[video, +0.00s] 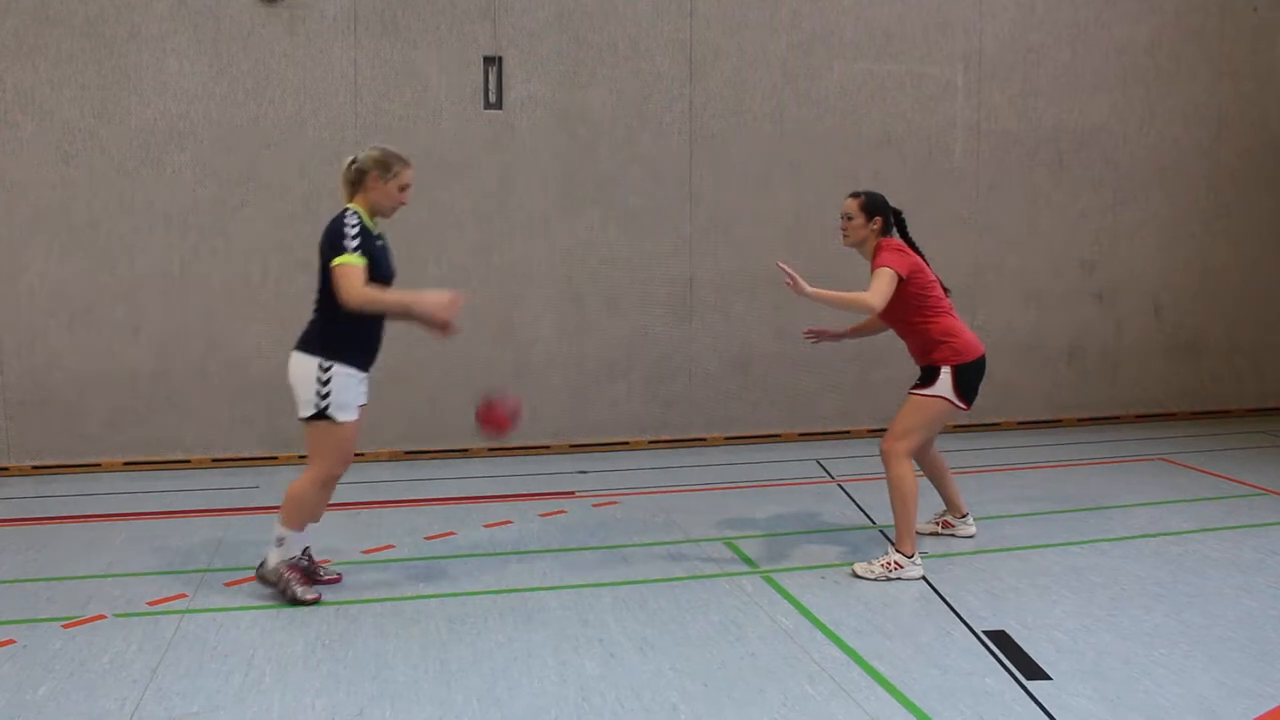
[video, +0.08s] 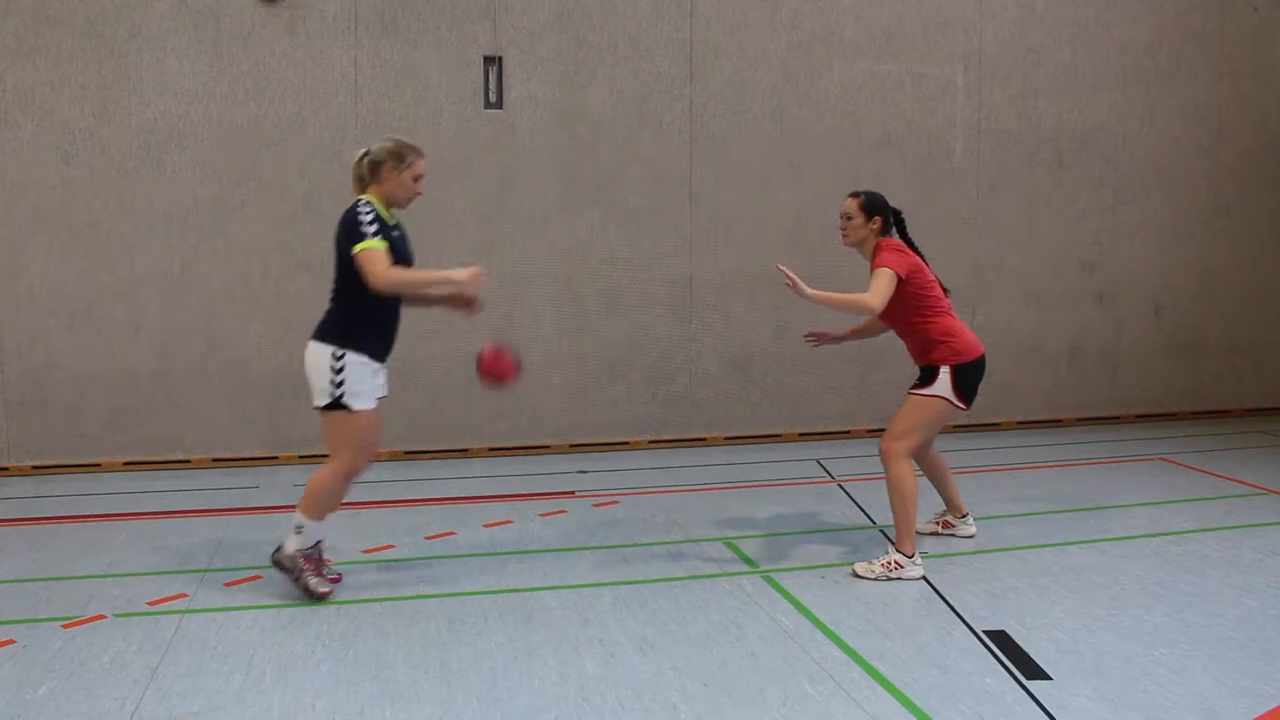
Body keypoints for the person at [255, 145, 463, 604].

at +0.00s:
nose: (406, 198)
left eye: (408, 189)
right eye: (401, 188)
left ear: (378, 185)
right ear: (373, 183)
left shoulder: (370, 232)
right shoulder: (348, 226)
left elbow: (373, 296)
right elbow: (351, 294)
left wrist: (421, 313)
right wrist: (420, 303)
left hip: (347, 366)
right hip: (326, 364)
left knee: (334, 462)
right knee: (324, 464)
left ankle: (296, 552)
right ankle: (278, 558)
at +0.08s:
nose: (421, 188)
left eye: (422, 179)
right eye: (416, 178)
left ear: (395, 176)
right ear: (387, 174)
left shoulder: (388, 224)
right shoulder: (362, 216)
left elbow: (393, 290)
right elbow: (380, 278)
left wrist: (444, 298)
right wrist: (452, 277)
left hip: (363, 356)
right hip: (341, 355)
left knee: (359, 453)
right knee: (348, 455)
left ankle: (305, 543)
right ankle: (296, 547)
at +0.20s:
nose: (450, 190)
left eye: (451, 182)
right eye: (443, 182)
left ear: (424, 185)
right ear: (417, 183)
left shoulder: (420, 234)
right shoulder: (398, 227)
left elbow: (427, 300)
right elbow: (420, 294)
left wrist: (478, 303)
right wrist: (479, 288)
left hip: (391, 363)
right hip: (363, 361)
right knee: (375, 470)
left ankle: (367, 519)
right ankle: (307, 553)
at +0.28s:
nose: (473, 213)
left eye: (471, 205)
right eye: (466, 205)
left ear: (442, 212)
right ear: (441, 212)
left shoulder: (437, 258)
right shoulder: (425, 258)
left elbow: (445, 325)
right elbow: (448, 330)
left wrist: (491, 325)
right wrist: (496, 314)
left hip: (410, 386)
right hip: (379, 386)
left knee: (469, 446)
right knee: (382, 493)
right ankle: (299, 564)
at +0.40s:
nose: (521, 220)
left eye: (520, 212)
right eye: (514, 213)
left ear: (492, 221)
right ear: (488, 222)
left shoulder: (489, 266)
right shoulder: (481, 268)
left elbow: (511, 327)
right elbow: (522, 329)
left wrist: (566, 329)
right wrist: (576, 326)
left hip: (469, 397)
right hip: (434, 399)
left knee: (525, 444)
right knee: (398, 488)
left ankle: (525, 541)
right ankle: (310, 555)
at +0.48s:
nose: (560, 200)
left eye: (558, 192)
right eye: (552, 193)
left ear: (536, 200)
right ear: (528, 200)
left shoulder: (536, 244)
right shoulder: (523, 243)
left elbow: (553, 305)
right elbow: (544, 293)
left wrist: (604, 322)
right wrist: (608, 302)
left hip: (524, 378)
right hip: (490, 376)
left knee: (562, 446)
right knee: (462, 472)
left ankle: (531, 542)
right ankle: (368, 526)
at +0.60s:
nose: (625, 181)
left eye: (625, 173)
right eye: (618, 173)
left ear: (603, 178)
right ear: (595, 177)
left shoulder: (603, 224)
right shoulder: (577, 215)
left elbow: (600, 293)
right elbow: (552, 249)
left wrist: (640, 321)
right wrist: (615, 238)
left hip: (602, 352)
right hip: (568, 352)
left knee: (630, 433)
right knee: (576, 451)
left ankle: (575, 507)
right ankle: (509, 512)